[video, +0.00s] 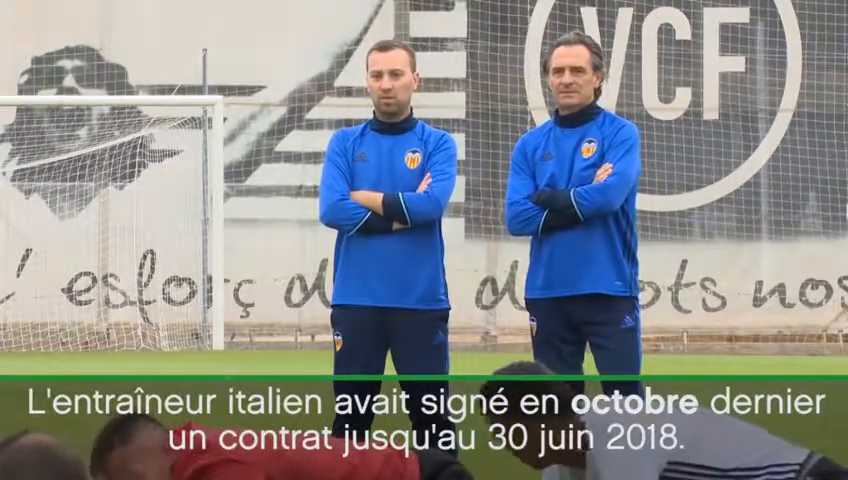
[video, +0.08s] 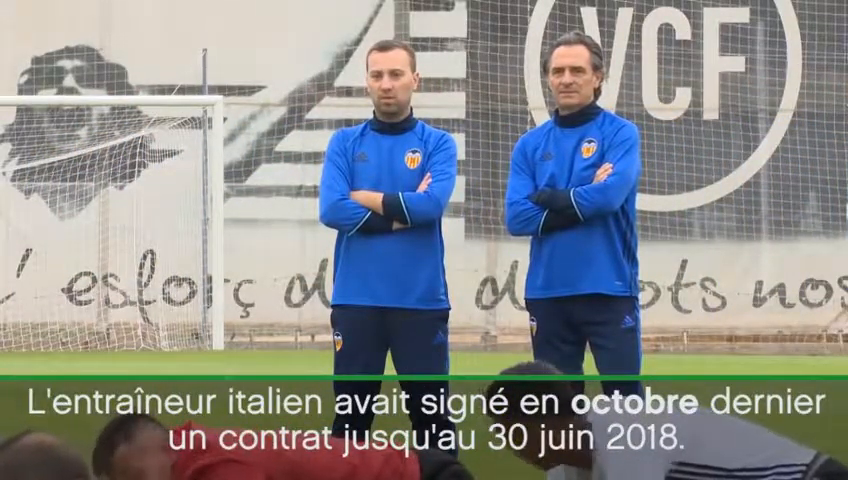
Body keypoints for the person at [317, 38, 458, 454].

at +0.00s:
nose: (386, 84)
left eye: (396, 75)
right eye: (377, 76)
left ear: (415, 81)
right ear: (367, 84)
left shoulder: (438, 142)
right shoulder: (344, 141)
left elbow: (431, 207)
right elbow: (331, 209)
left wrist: (360, 196)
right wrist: (402, 215)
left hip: (420, 301)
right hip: (356, 301)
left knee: (431, 418)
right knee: (351, 417)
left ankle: (438, 478)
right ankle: (346, 479)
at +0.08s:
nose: (386, 85)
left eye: (396, 75)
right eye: (377, 76)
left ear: (415, 81)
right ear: (367, 84)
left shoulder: (438, 142)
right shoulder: (344, 141)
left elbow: (431, 207)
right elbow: (331, 209)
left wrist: (360, 196)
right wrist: (403, 214)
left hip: (420, 301)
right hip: (356, 301)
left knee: (432, 419)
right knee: (351, 417)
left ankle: (439, 479)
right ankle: (346, 479)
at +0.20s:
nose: (386, 84)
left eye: (396, 75)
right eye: (377, 76)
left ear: (415, 81)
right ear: (367, 84)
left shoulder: (438, 142)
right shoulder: (344, 141)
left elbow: (431, 207)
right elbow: (331, 209)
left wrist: (359, 196)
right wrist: (403, 214)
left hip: (420, 301)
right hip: (356, 301)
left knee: (431, 418)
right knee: (351, 416)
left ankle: (439, 478)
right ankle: (346, 478)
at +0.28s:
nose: (386, 84)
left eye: (396, 75)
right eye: (377, 76)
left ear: (415, 81)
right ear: (368, 84)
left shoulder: (438, 142)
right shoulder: (344, 141)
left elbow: (431, 207)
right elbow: (331, 209)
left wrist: (360, 196)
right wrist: (403, 214)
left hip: (420, 302)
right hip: (356, 301)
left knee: (432, 419)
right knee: (351, 418)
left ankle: (438, 477)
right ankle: (346, 479)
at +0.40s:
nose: (386, 84)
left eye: (396, 75)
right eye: (377, 76)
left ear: (415, 81)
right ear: (368, 84)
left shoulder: (438, 143)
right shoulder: (344, 141)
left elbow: (431, 206)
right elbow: (331, 209)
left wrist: (360, 195)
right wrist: (402, 215)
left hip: (420, 302)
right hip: (356, 301)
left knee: (432, 419)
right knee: (351, 418)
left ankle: (440, 478)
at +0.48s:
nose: (386, 84)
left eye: (396, 75)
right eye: (377, 76)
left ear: (415, 81)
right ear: (368, 84)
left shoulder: (438, 143)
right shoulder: (344, 141)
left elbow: (431, 206)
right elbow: (331, 209)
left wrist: (360, 195)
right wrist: (402, 215)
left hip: (420, 301)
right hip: (356, 301)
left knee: (431, 419)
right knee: (351, 418)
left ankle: (440, 478)